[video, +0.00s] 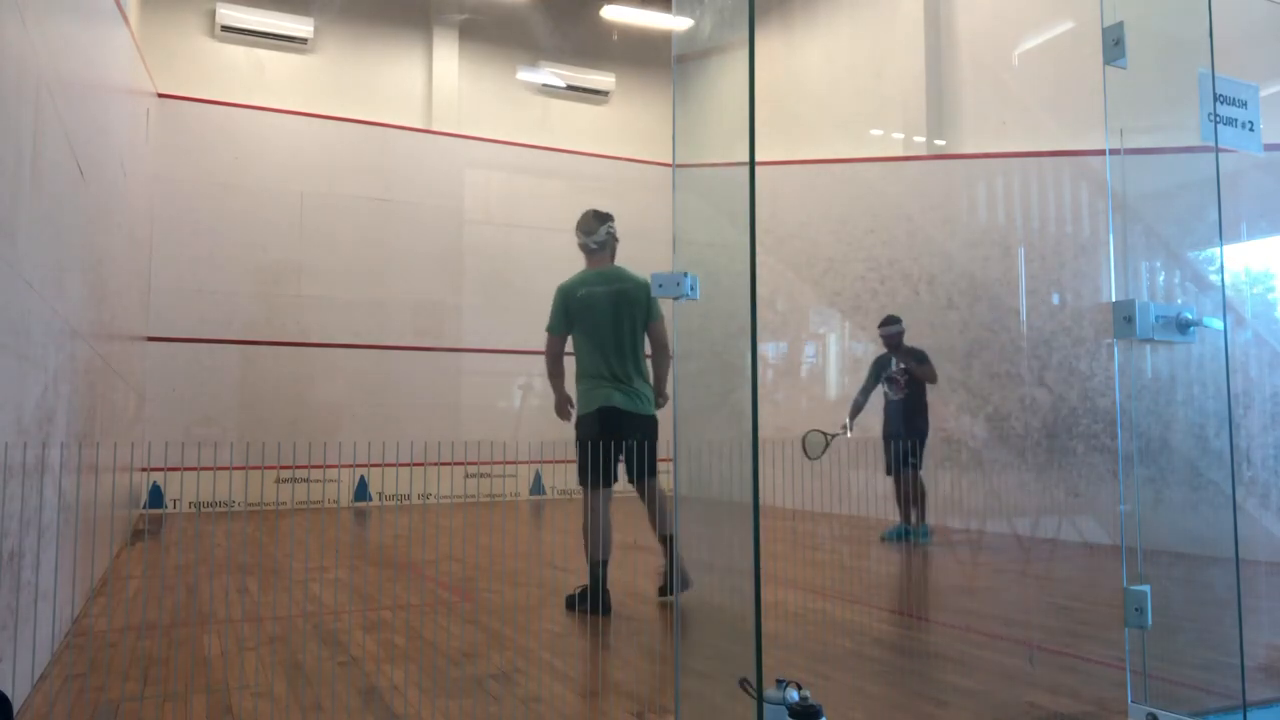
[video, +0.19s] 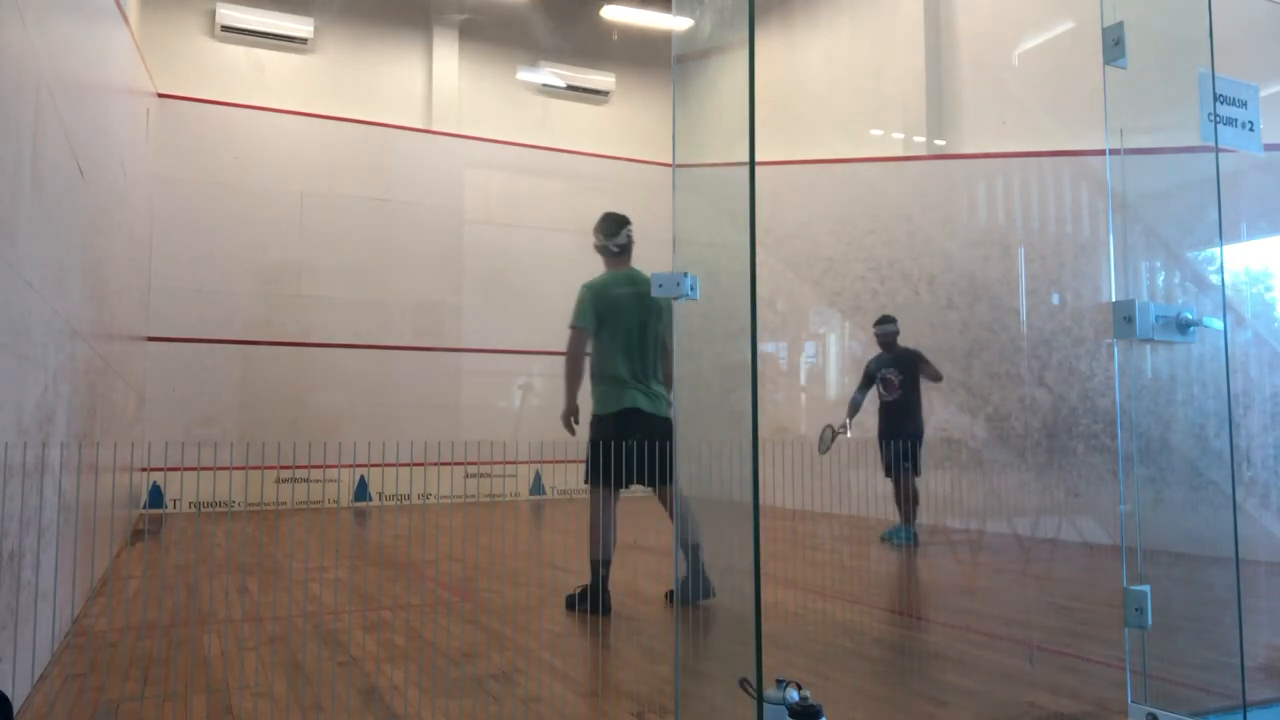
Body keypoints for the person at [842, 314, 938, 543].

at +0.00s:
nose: (887, 341)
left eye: (891, 336)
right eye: (884, 337)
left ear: (901, 334)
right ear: (880, 337)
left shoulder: (917, 356)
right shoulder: (881, 362)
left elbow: (932, 378)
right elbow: (865, 391)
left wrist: (910, 364)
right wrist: (850, 418)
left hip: (914, 424)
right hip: (892, 425)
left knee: (911, 474)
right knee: (898, 476)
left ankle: (921, 524)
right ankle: (905, 523)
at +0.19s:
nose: (884, 340)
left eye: (888, 334)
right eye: (879, 335)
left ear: (897, 333)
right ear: (874, 336)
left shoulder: (910, 356)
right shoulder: (874, 364)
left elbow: (937, 377)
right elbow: (860, 394)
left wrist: (919, 366)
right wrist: (848, 418)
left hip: (909, 425)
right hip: (887, 427)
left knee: (906, 477)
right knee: (896, 478)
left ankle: (909, 527)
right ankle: (903, 524)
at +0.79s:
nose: (874, 329)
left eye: (879, 324)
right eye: (871, 324)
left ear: (891, 327)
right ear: (868, 327)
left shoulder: (905, 358)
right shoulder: (862, 359)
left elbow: (912, 396)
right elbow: (852, 391)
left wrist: (908, 426)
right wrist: (868, 396)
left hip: (898, 426)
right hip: (872, 426)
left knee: (903, 477)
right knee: (868, 476)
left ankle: (909, 528)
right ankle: (895, 514)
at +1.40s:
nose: (806, 337)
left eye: (811, 333)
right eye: (805, 333)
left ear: (825, 335)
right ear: (805, 335)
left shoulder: (845, 359)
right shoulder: (804, 367)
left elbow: (841, 392)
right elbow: (813, 388)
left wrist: (804, 395)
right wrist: (842, 369)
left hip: (848, 430)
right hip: (822, 431)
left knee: (868, 481)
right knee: (797, 478)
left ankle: (899, 521)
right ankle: (797, 533)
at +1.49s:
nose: (787, 338)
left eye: (792, 333)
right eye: (787, 333)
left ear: (805, 335)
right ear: (791, 336)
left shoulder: (823, 361)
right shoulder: (792, 367)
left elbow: (816, 397)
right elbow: (782, 391)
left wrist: (786, 419)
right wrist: (803, 391)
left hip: (835, 428)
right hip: (812, 428)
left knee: (846, 484)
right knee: (792, 477)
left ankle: (885, 514)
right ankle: (797, 533)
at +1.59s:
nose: (774, 339)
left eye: (779, 335)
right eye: (774, 334)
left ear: (793, 336)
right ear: (784, 339)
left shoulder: (810, 362)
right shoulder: (785, 370)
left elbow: (812, 398)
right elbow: (765, 397)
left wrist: (807, 429)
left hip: (822, 429)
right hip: (801, 430)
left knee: (821, 484)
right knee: (792, 478)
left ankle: (863, 509)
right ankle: (797, 533)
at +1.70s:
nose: (760, 330)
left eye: (765, 327)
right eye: (761, 326)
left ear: (779, 330)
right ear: (775, 330)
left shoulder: (793, 355)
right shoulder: (779, 358)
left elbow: (813, 388)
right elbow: (768, 391)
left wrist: (826, 420)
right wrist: (753, 414)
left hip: (808, 427)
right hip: (792, 427)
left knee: (798, 480)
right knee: (790, 480)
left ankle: (837, 512)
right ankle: (797, 532)